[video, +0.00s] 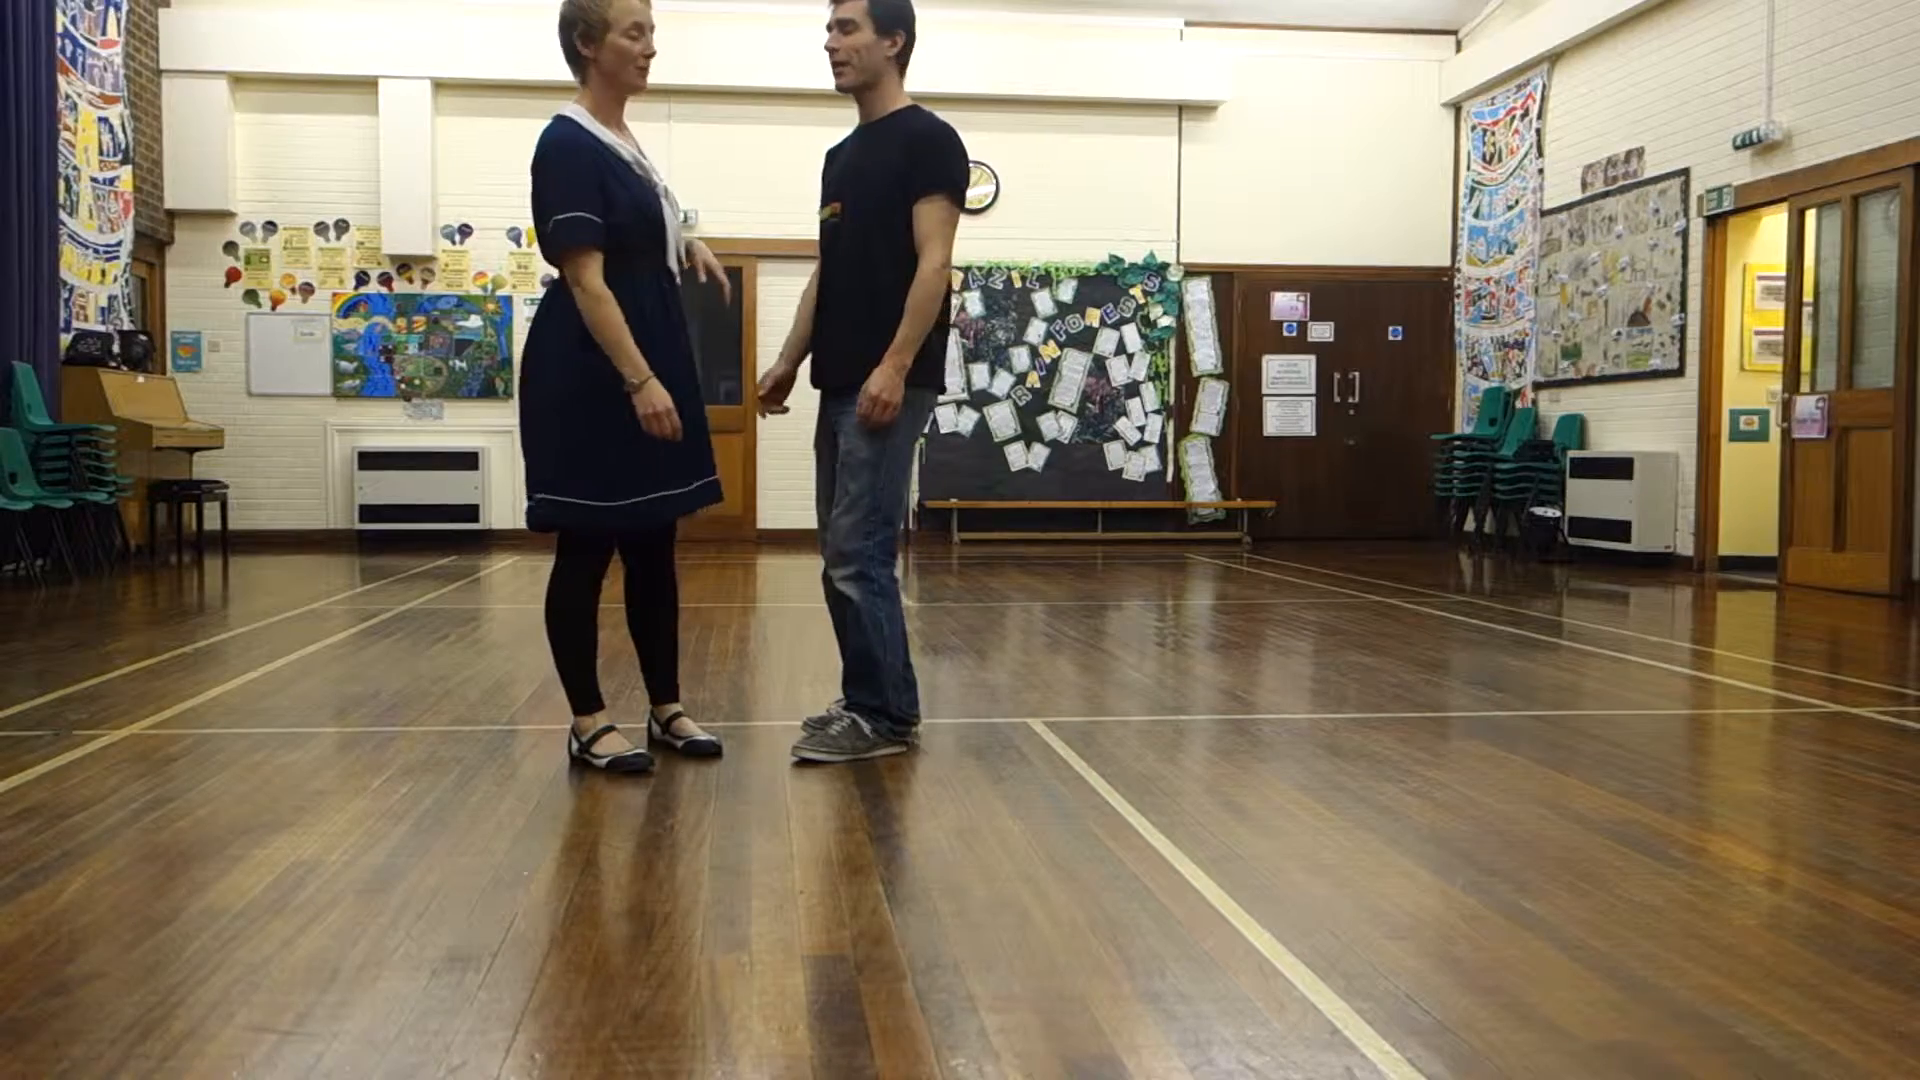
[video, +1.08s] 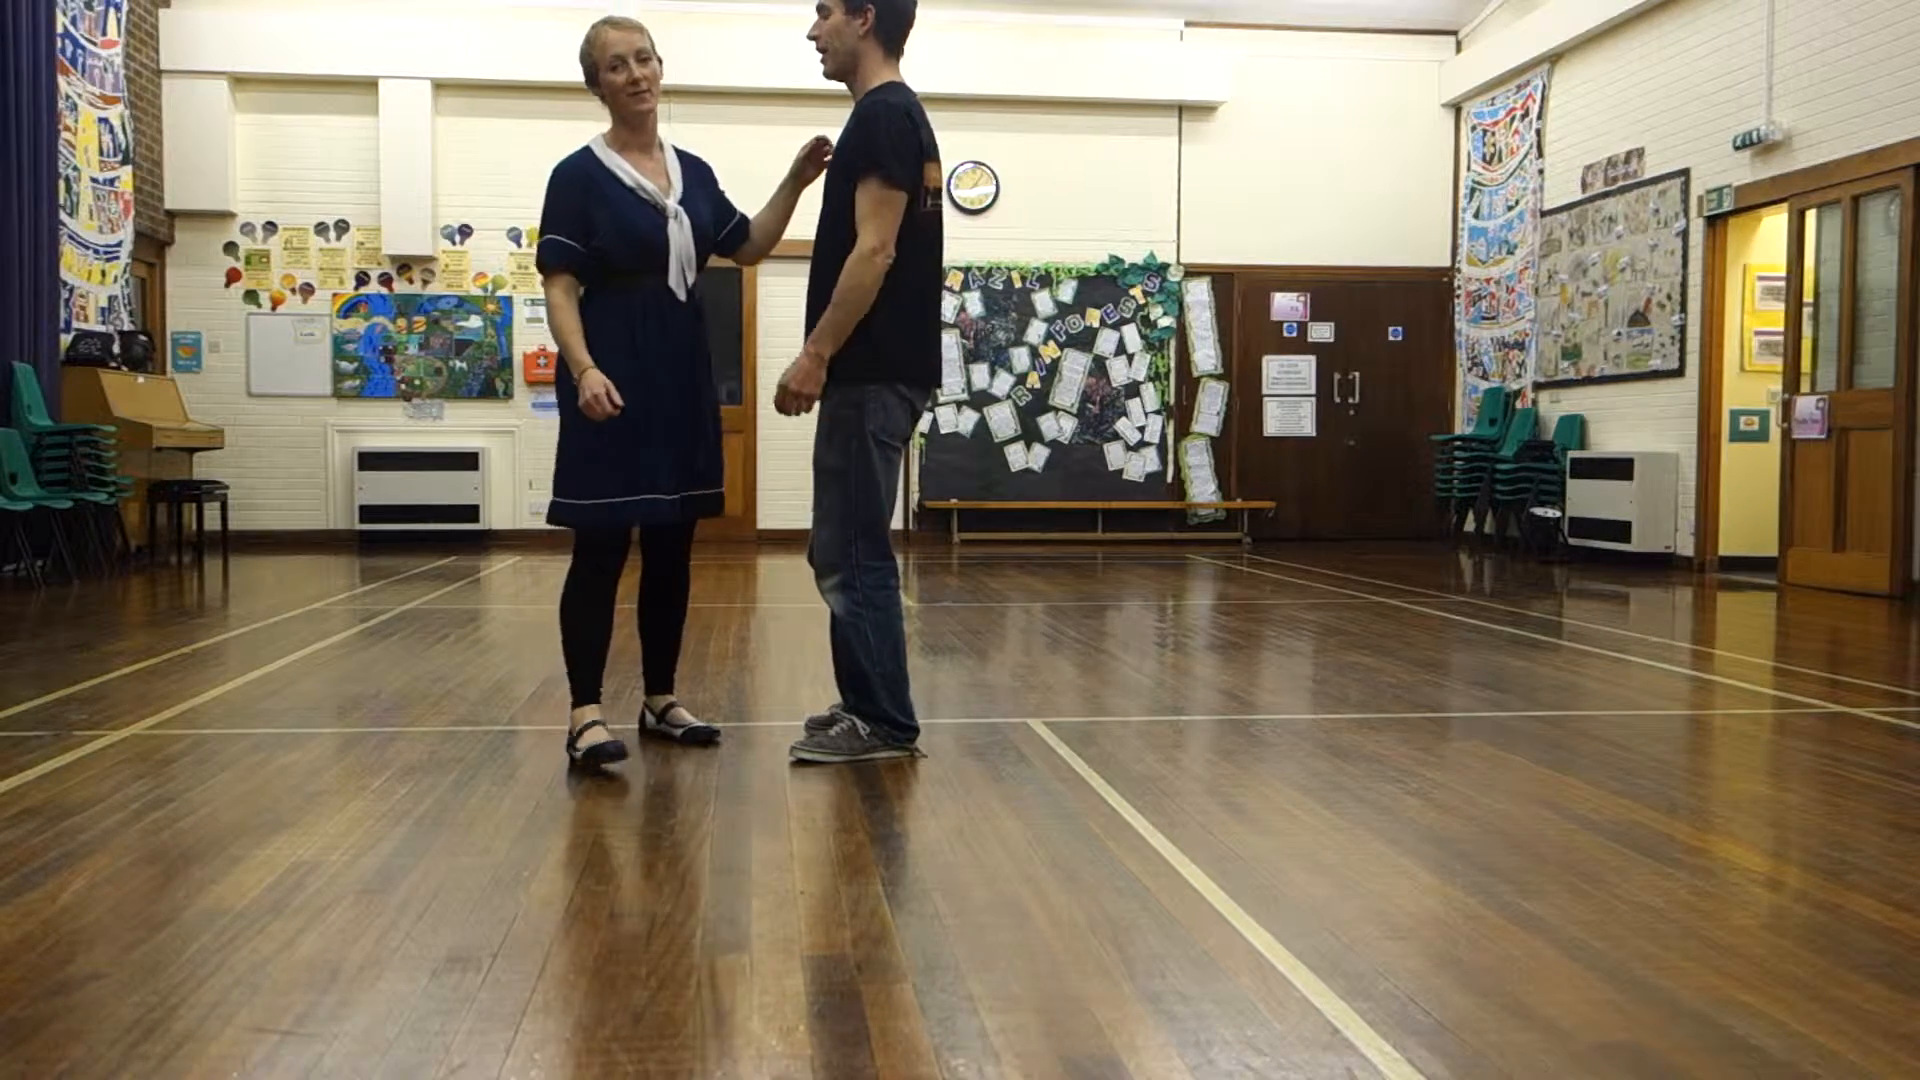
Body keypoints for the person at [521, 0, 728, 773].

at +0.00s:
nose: (651, 47)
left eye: (651, 32)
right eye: (636, 33)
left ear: (626, 46)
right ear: (588, 45)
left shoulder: (622, 139)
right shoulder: (567, 141)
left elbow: (638, 226)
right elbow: (583, 281)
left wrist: (686, 243)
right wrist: (641, 379)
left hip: (644, 374)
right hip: (586, 379)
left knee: (652, 541)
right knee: (584, 548)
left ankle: (668, 711)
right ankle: (589, 725)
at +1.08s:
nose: (636, 74)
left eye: (644, 58)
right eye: (618, 66)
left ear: (662, 68)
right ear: (595, 85)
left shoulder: (689, 170)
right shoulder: (579, 174)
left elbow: (750, 245)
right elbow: (560, 287)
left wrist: (796, 180)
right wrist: (584, 368)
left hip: (683, 386)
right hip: (608, 384)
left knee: (671, 543)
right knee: (601, 547)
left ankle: (661, 703)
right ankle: (586, 717)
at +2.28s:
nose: (672, 63)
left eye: (668, 51)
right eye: (656, 51)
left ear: (627, 70)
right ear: (612, 67)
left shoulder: (650, 164)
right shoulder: (582, 162)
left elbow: (669, 263)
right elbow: (576, 279)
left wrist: (743, 250)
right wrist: (678, 287)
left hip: (664, 392)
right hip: (607, 395)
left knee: (662, 545)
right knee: (623, 550)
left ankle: (658, 704)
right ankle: (594, 722)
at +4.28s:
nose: (685, 87)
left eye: (693, 80)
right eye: (672, 70)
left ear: (690, 97)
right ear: (630, 78)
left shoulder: (650, 171)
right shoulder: (614, 157)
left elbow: (673, 284)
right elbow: (643, 279)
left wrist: (753, 305)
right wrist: (747, 308)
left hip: (634, 389)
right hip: (612, 389)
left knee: (626, 547)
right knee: (645, 548)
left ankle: (590, 702)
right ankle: (607, 732)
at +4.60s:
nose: (739, 56)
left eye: (748, 47)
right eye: (726, 37)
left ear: (744, 63)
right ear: (681, 40)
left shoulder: (686, 133)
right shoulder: (663, 123)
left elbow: (696, 273)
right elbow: (717, 261)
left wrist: (750, 308)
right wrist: (808, 295)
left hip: (681, 383)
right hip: (644, 384)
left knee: (728, 543)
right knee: (659, 552)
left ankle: (646, 699)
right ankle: (608, 739)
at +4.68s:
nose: (760, 53)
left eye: (768, 43)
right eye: (746, 34)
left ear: (763, 56)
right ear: (699, 38)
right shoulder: (688, 124)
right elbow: (738, 258)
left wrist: (804, 295)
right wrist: (822, 286)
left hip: (690, 381)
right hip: (670, 381)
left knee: (755, 540)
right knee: (663, 553)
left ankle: (707, 728)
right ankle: (608, 742)